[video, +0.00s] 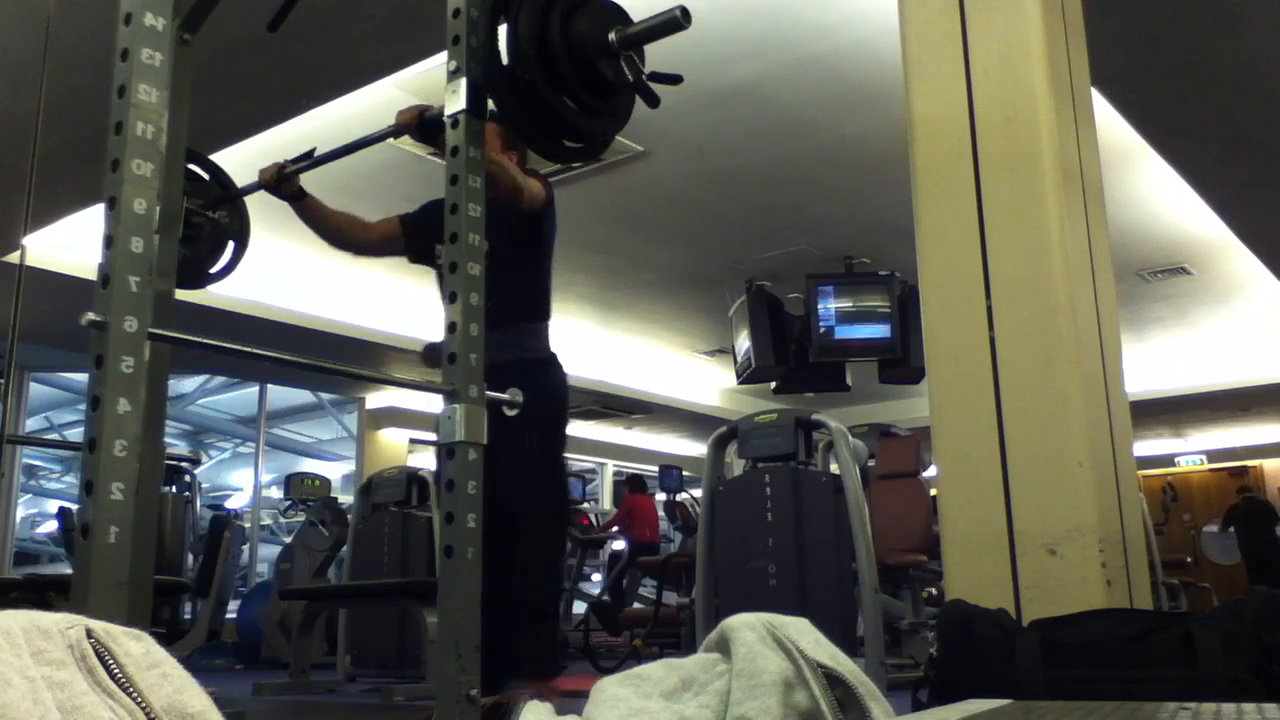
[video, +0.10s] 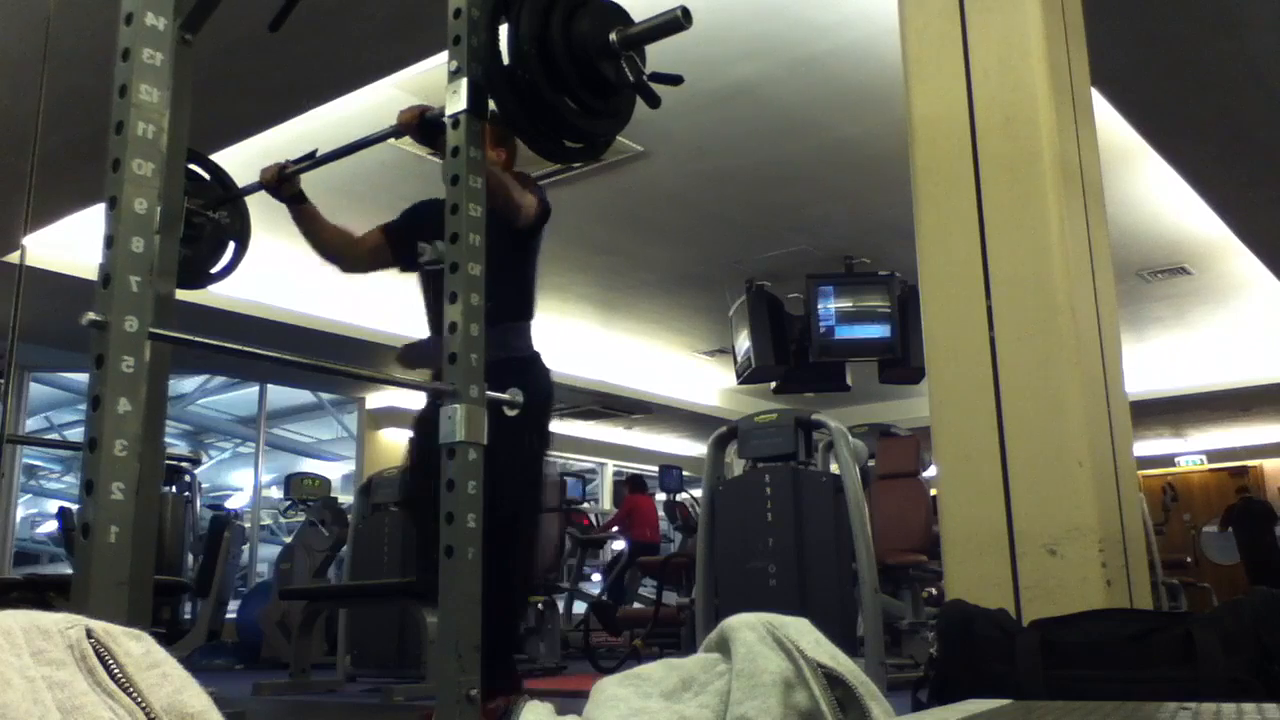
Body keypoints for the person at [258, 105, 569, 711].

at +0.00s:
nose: (470, 154)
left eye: (482, 143)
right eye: (465, 144)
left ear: (513, 152)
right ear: (455, 154)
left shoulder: (535, 198)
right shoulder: (447, 215)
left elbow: (506, 183)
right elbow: (361, 235)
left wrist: (443, 139)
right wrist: (296, 194)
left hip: (527, 383)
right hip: (469, 386)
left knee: (529, 532)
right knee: (472, 536)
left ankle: (532, 687)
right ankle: (485, 685)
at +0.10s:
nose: (468, 157)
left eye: (479, 145)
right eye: (460, 146)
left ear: (504, 152)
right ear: (447, 154)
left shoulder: (526, 200)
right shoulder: (431, 217)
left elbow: (517, 207)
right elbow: (350, 252)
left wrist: (445, 142)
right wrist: (297, 198)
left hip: (512, 389)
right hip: (449, 392)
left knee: (503, 537)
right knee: (435, 536)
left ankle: (500, 683)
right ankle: (461, 679)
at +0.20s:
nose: (428, 155)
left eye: (444, 146)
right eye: (427, 147)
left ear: (476, 156)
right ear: (427, 159)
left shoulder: (502, 208)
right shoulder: (407, 226)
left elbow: (499, 226)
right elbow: (331, 273)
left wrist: (436, 144)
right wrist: (291, 203)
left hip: (490, 397)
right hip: (421, 399)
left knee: (469, 544)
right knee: (370, 533)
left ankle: (475, 685)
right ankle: (437, 677)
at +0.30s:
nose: (403, 150)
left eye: (418, 140)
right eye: (399, 142)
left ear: (446, 153)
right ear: (393, 158)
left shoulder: (470, 206)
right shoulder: (382, 226)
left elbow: (469, 241)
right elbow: (304, 284)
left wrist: (434, 160)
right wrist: (281, 206)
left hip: (447, 404)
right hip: (386, 402)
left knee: (426, 553)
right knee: (298, 524)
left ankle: (445, 690)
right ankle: (343, 675)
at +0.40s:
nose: (375, 137)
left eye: (390, 129)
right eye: (379, 129)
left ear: (415, 150)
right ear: (379, 152)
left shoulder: (422, 205)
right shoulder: (345, 223)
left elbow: (425, 240)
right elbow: (270, 283)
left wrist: (422, 155)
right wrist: (267, 204)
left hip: (395, 399)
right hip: (337, 398)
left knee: (404, 568)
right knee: (247, 536)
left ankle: (453, 699)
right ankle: (242, 691)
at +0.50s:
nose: (373, 118)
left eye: (389, 114)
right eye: (370, 112)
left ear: (409, 140)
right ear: (354, 135)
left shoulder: (412, 195)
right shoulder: (315, 210)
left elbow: (399, 231)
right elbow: (240, 271)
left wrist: (412, 147)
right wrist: (258, 194)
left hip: (351, 379)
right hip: (287, 380)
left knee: (351, 546)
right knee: (220, 517)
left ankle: (432, 681)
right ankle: (250, 694)